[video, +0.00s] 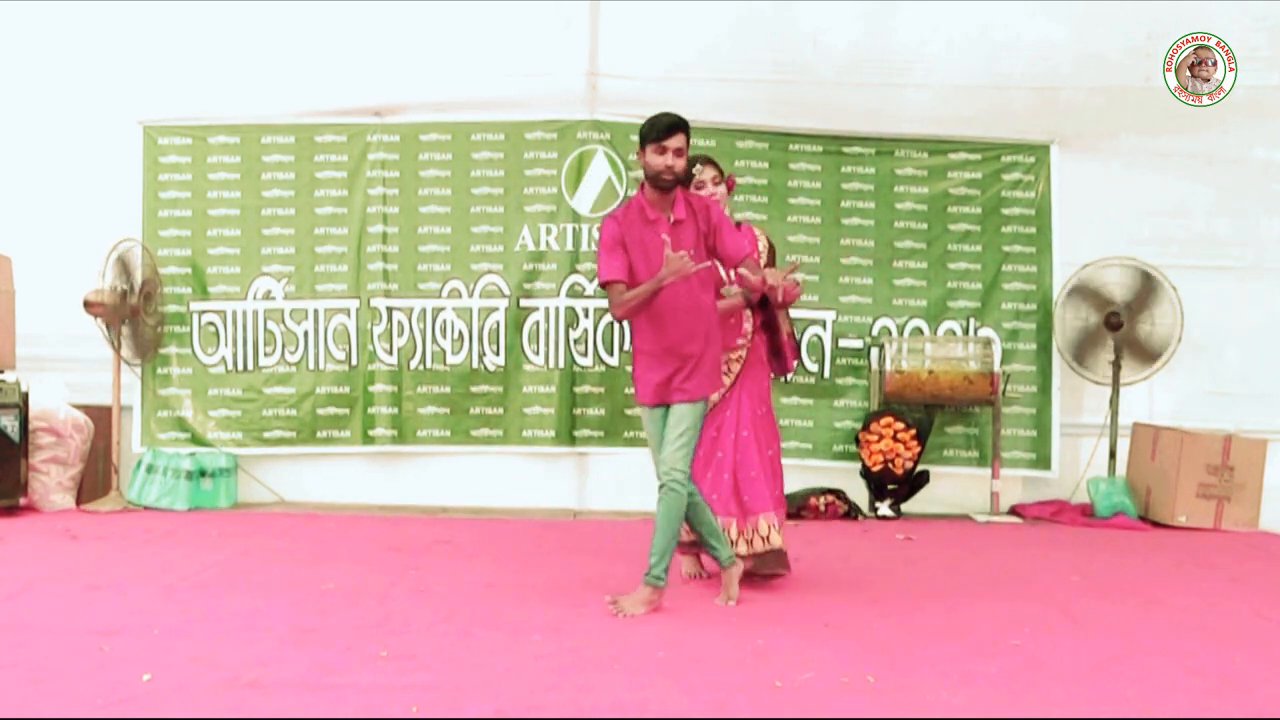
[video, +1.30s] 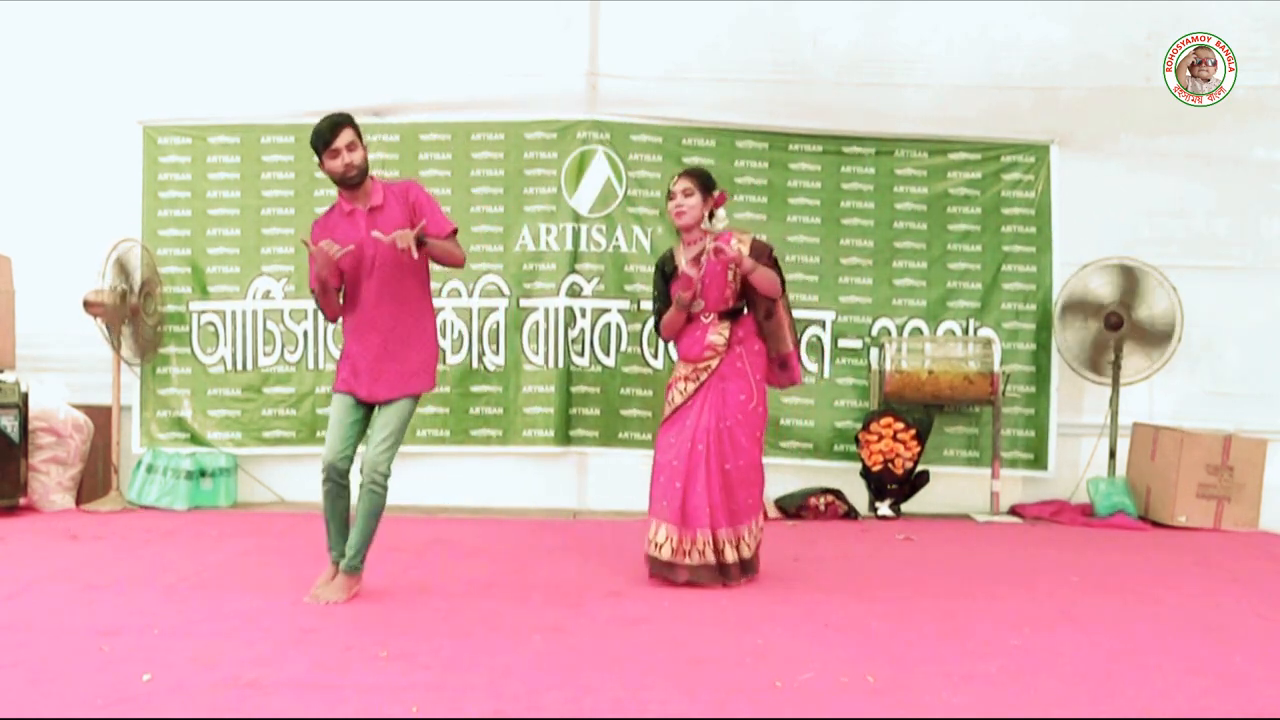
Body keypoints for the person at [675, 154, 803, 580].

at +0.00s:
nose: (709, 190)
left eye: (715, 182)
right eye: (699, 185)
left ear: (728, 187)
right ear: (687, 193)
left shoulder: (753, 238)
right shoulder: (683, 240)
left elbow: (772, 290)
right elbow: (691, 308)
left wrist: (782, 288)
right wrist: (743, 298)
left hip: (749, 352)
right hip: (704, 353)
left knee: (749, 444)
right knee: (706, 448)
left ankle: (756, 543)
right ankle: (696, 543)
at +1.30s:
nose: (677, 203)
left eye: (687, 195)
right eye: (673, 197)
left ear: (711, 202)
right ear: (668, 207)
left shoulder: (742, 247)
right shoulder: (669, 264)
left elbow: (775, 289)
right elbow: (666, 330)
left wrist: (741, 261)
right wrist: (683, 299)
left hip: (738, 359)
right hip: (692, 363)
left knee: (730, 450)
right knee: (679, 448)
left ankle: (730, 552)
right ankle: (683, 554)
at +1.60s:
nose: (625, 207)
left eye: (636, 200)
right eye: (622, 200)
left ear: (660, 208)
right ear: (618, 211)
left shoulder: (685, 243)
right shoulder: (626, 272)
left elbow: (717, 273)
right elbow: (628, 342)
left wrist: (680, 261)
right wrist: (634, 307)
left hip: (696, 351)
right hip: (655, 359)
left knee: (682, 437)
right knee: (632, 439)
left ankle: (687, 547)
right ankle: (644, 548)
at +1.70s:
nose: (616, 211)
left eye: (627, 205)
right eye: (613, 204)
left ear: (650, 214)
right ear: (609, 215)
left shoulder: (672, 249)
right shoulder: (616, 272)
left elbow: (696, 290)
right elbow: (615, 347)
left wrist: (653, 269)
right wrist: (616, 309)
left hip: (683, 358)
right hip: (644, 365)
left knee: (665, 441)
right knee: (613, 442)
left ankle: (675, 551)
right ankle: (629, 551)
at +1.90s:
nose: (587, 189)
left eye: (599, 184)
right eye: (585, 182)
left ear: (621, 196)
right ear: (579, 192)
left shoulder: (636, 234)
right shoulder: (582, 247)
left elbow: (635, 290)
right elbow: (571, 317)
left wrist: (593, 260)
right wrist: (568, 278)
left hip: (642, 341)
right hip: (606, 345)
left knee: (627, 429)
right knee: (592, 430)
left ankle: (646, 538)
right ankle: (604, 545)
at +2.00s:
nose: (574, 189)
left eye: (585, 183)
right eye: (570, 181)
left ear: (606, 195)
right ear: (562, 189)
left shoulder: (619, 238)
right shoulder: (564, 240)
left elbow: (618, 297)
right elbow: (552, 288)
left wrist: (580, 272)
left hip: (617, 342)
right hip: (578, 343)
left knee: (602, 433)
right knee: (570, 435)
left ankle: (617, 539)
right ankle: (576, 541)